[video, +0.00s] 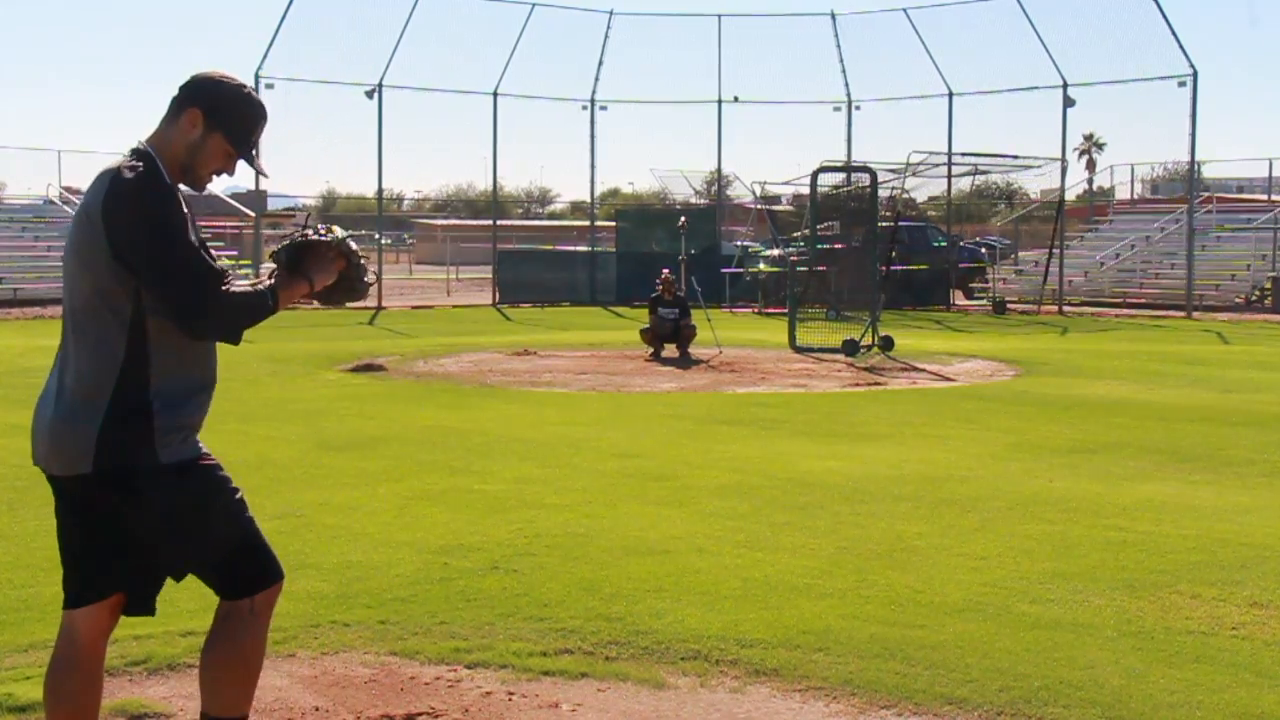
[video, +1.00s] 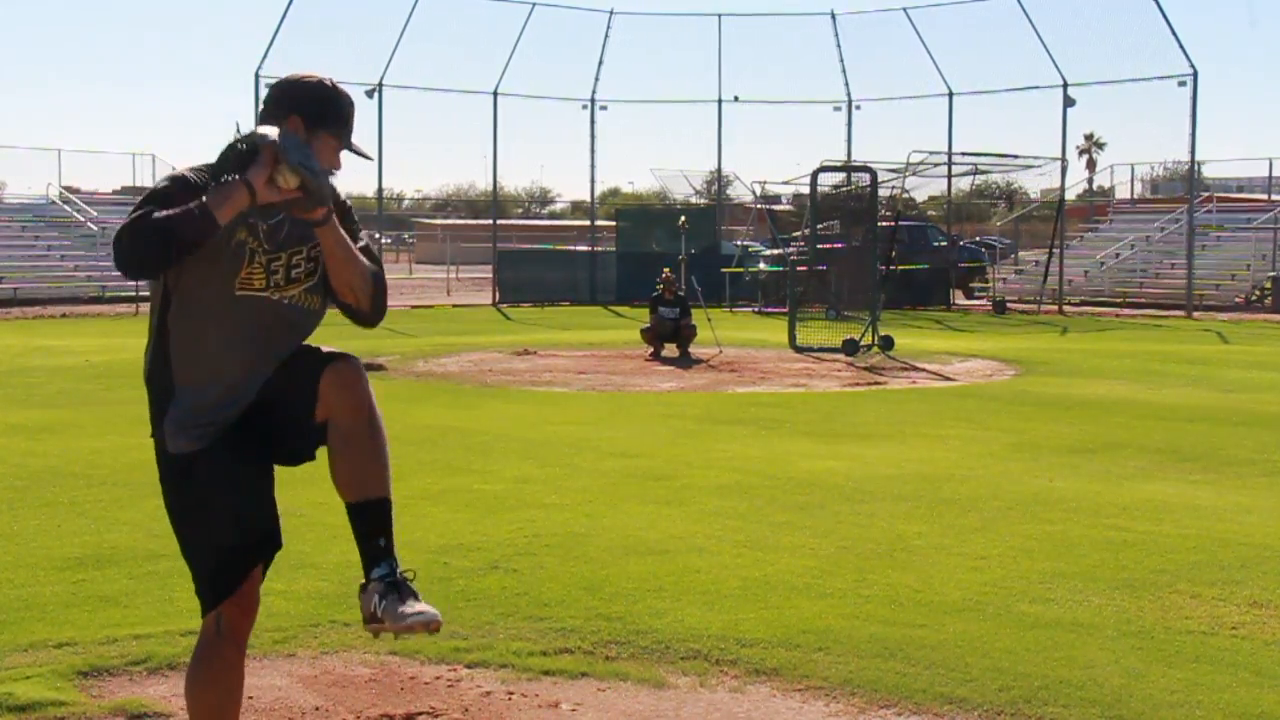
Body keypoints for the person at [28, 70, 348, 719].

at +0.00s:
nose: (228, 168)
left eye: (236, 158)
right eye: (230, 151)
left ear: (189, 125)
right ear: (192, 121)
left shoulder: (114, 187)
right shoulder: (144, 192)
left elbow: (197, 303)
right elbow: (212, 312)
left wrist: (276, 289)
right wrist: (287, 283)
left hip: (80, 444)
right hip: (143, 448)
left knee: (91, 609)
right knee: (254, 584)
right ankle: (223, 716)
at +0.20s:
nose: (246, 166)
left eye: (252, 156)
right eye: (245, 149)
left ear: (209, 126)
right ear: (207, 119)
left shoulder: (196, 203)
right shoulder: (144, 191)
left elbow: (239, 314)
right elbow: (195, 303)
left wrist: (287, 298)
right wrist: (307, 268)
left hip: (137, 446)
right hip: (159, 450)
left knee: (132, 608)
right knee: (243, 612)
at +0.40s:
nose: (268, 148)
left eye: (274, 136)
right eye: (265, 131)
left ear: (236, 118)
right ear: (221, 107)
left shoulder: (250, 203)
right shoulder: (144, 186)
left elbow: (301, 313)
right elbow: (182, 286)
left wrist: (323, 256)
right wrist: (290, 243)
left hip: (232, 440)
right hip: (162, 447)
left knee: (279, 591)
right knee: (222, 622)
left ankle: (165, 711)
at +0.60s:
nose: (282, 147)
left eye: (288, 134)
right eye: (276, 128)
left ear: (250, 118)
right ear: (231, 107)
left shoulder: (271, 196)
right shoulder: (138, 178)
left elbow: (333, 308)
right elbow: (123, 253)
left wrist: (309, 229)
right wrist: (244, 210)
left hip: (259, 419)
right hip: (174, 443)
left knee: (338, 557)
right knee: (216, 620)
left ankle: (340, 717)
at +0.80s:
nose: (291, 152)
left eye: (303, 140)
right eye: (283, 135)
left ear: (304, 145)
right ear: (246, 125)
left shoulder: (297, 200)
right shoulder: (167, 174)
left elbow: (365, 293)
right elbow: (110, 233)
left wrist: (314, 200)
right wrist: (229, 177)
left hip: (275, 394)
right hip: (187, 426)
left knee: (347, 460)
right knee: (218, 612)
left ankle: (423, 634)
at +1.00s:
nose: (337, 162)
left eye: (342, 149)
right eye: (332, 145)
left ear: (311, 139)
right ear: (291, 130)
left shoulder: (328, 210)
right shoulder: (202, 187)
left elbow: (369, 309)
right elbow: (132, 254)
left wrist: (324, 223)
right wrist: (245, 193)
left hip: (274, 384)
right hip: (197, 414)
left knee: (346, 378)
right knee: (234, 600)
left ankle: (382, 580)